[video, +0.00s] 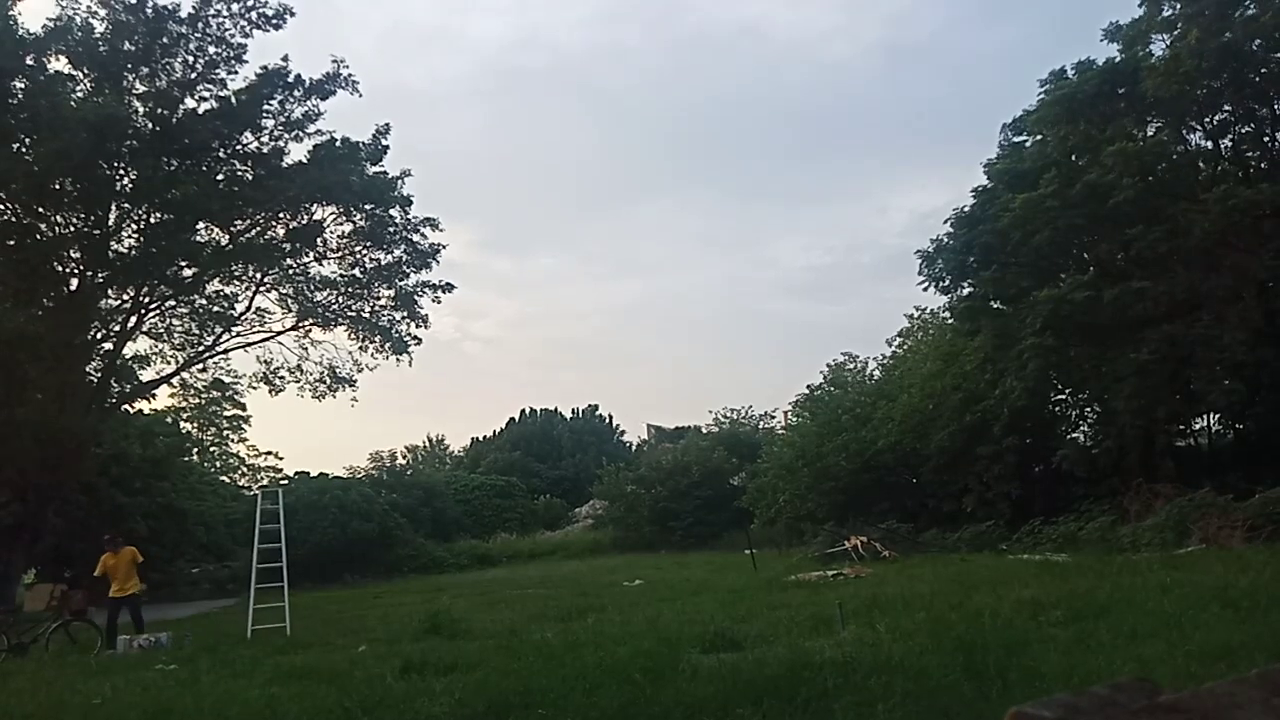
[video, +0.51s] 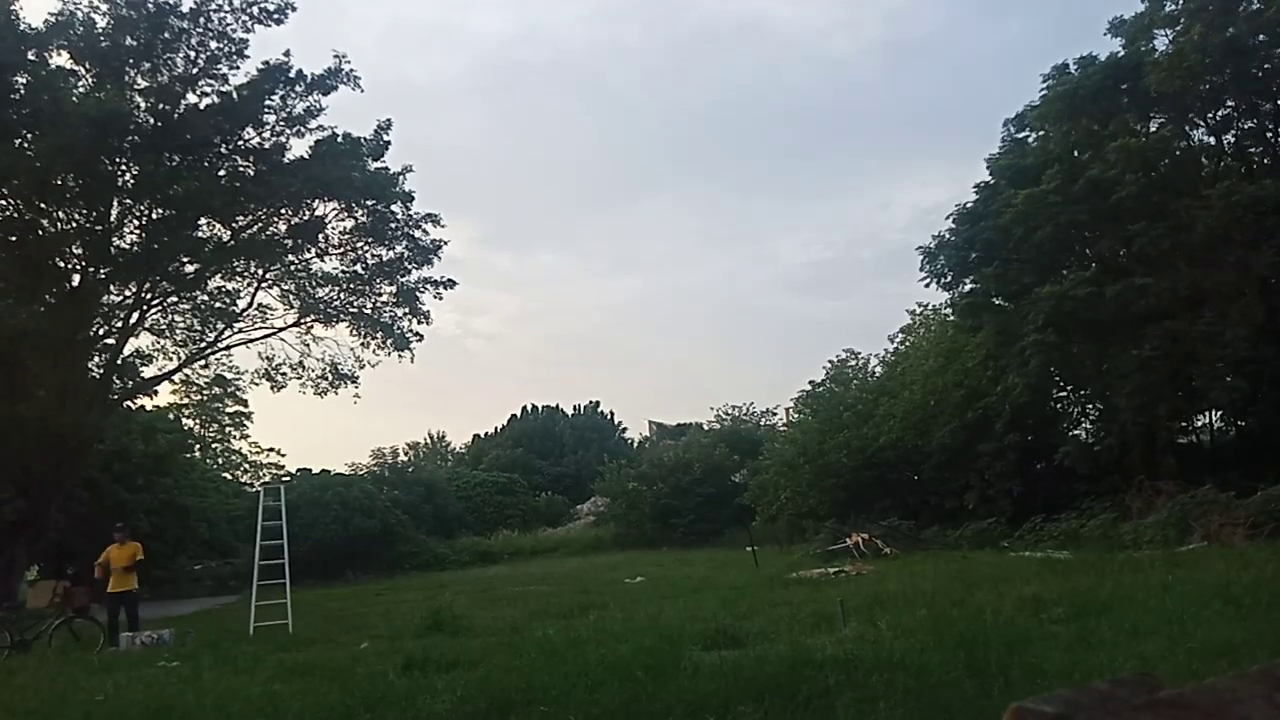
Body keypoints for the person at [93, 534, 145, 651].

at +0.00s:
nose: (108, 548)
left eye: (110, 545)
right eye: (107, 546)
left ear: (117, 543)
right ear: (106, 546)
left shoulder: (131, 551)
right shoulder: (105, 558)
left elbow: (142, 566)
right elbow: (97, 577)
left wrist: (143, 582)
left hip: (132, 590)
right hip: (115, 592)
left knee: (137, 618)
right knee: (111, 621)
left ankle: (141, 643)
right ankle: (110, 648)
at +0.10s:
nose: (110, 541)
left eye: (112, 538)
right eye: (109, 539)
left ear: (118, 537)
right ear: (108, 540)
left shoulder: (133, 545)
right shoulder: (107, 552)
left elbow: (143, 560)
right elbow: (99, 571)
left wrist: (144, 576)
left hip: (134, 584)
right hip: (117, 586)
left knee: (137, 613)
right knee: (114, 616)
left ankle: (138, 638)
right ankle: (114, 642)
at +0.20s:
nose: (108, 544)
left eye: (110, 541)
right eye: (107, 542)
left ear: (117, 540)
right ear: (107, 542)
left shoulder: (131, 549)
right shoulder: (106, 554)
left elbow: (141, 565)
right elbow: (97, 574)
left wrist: (140, 580)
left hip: (130, 589)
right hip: (114, 591)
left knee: (133, 618)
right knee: (111, 620)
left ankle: (137, 643)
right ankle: (112, 647)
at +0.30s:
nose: (110, 544)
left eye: (112, 541)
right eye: (108, 541)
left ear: (118, 540)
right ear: (106, 543)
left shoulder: (130, 551)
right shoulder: (104, 556)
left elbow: (139, 568)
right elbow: (95, 574)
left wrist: (132, 579)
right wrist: (87, 584)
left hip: (128, 592)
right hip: (111, 594)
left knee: (130, 622)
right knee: (109, 623)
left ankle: (133, 646)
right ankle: (110, 649)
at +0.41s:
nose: (115, 536)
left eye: (117, 533)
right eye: (113, 533)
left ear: (123, 533)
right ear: (110, 535)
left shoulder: (134, 545)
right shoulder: (108, 549)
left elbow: (141, 561)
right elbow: (99, 564)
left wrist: (131, 569)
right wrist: (94, 571)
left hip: (129, 586)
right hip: (113, 587)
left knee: (132, 615)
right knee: (111, 617)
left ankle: (134, 640)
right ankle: (113, 643)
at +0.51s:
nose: (117, 536)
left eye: (120, 533)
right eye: (116, 534)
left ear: (126, 534)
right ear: (113, 535)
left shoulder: (135, 546)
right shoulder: (111, 549)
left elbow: (140, 563)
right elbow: (100, 562)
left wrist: (126, 569)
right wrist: (98, 570)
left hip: (129, 589)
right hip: (113, 589)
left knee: (132, 618)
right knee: (112, 619)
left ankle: (135, 642)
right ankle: (113, 645)